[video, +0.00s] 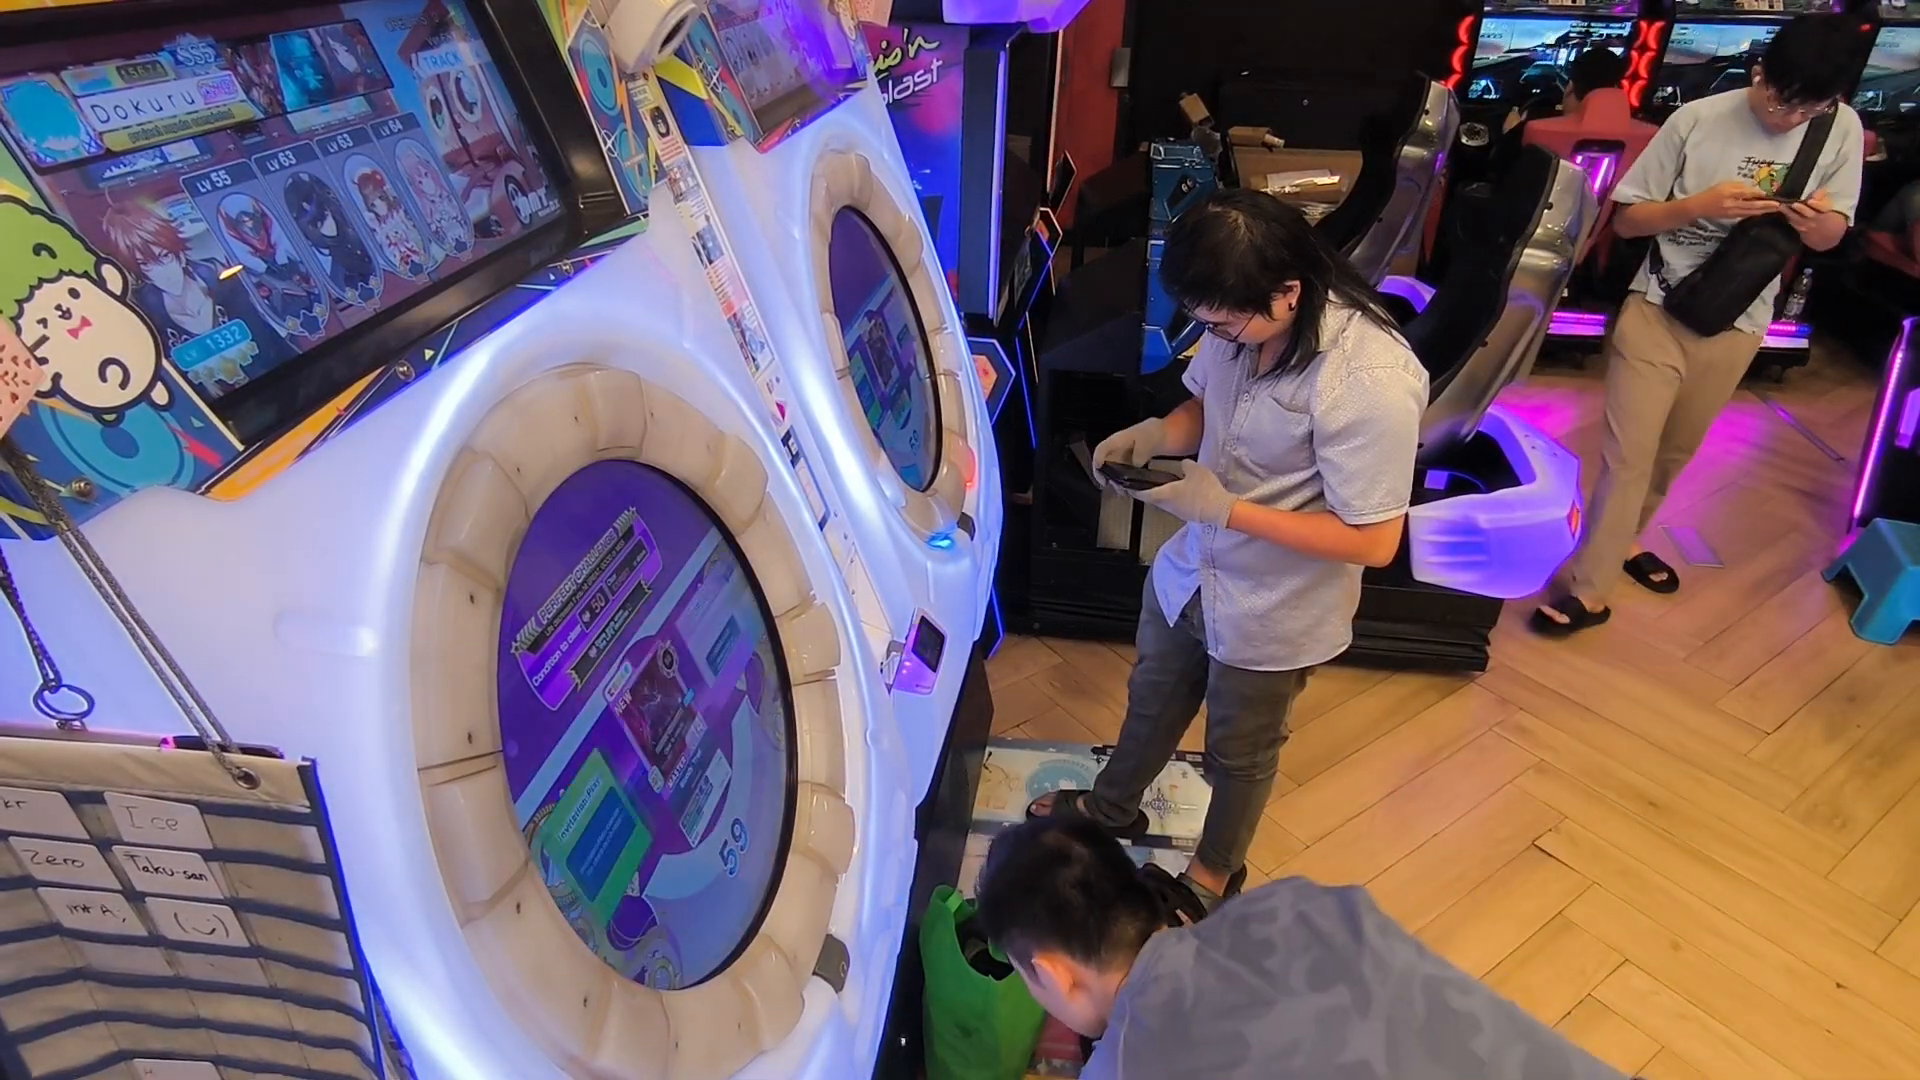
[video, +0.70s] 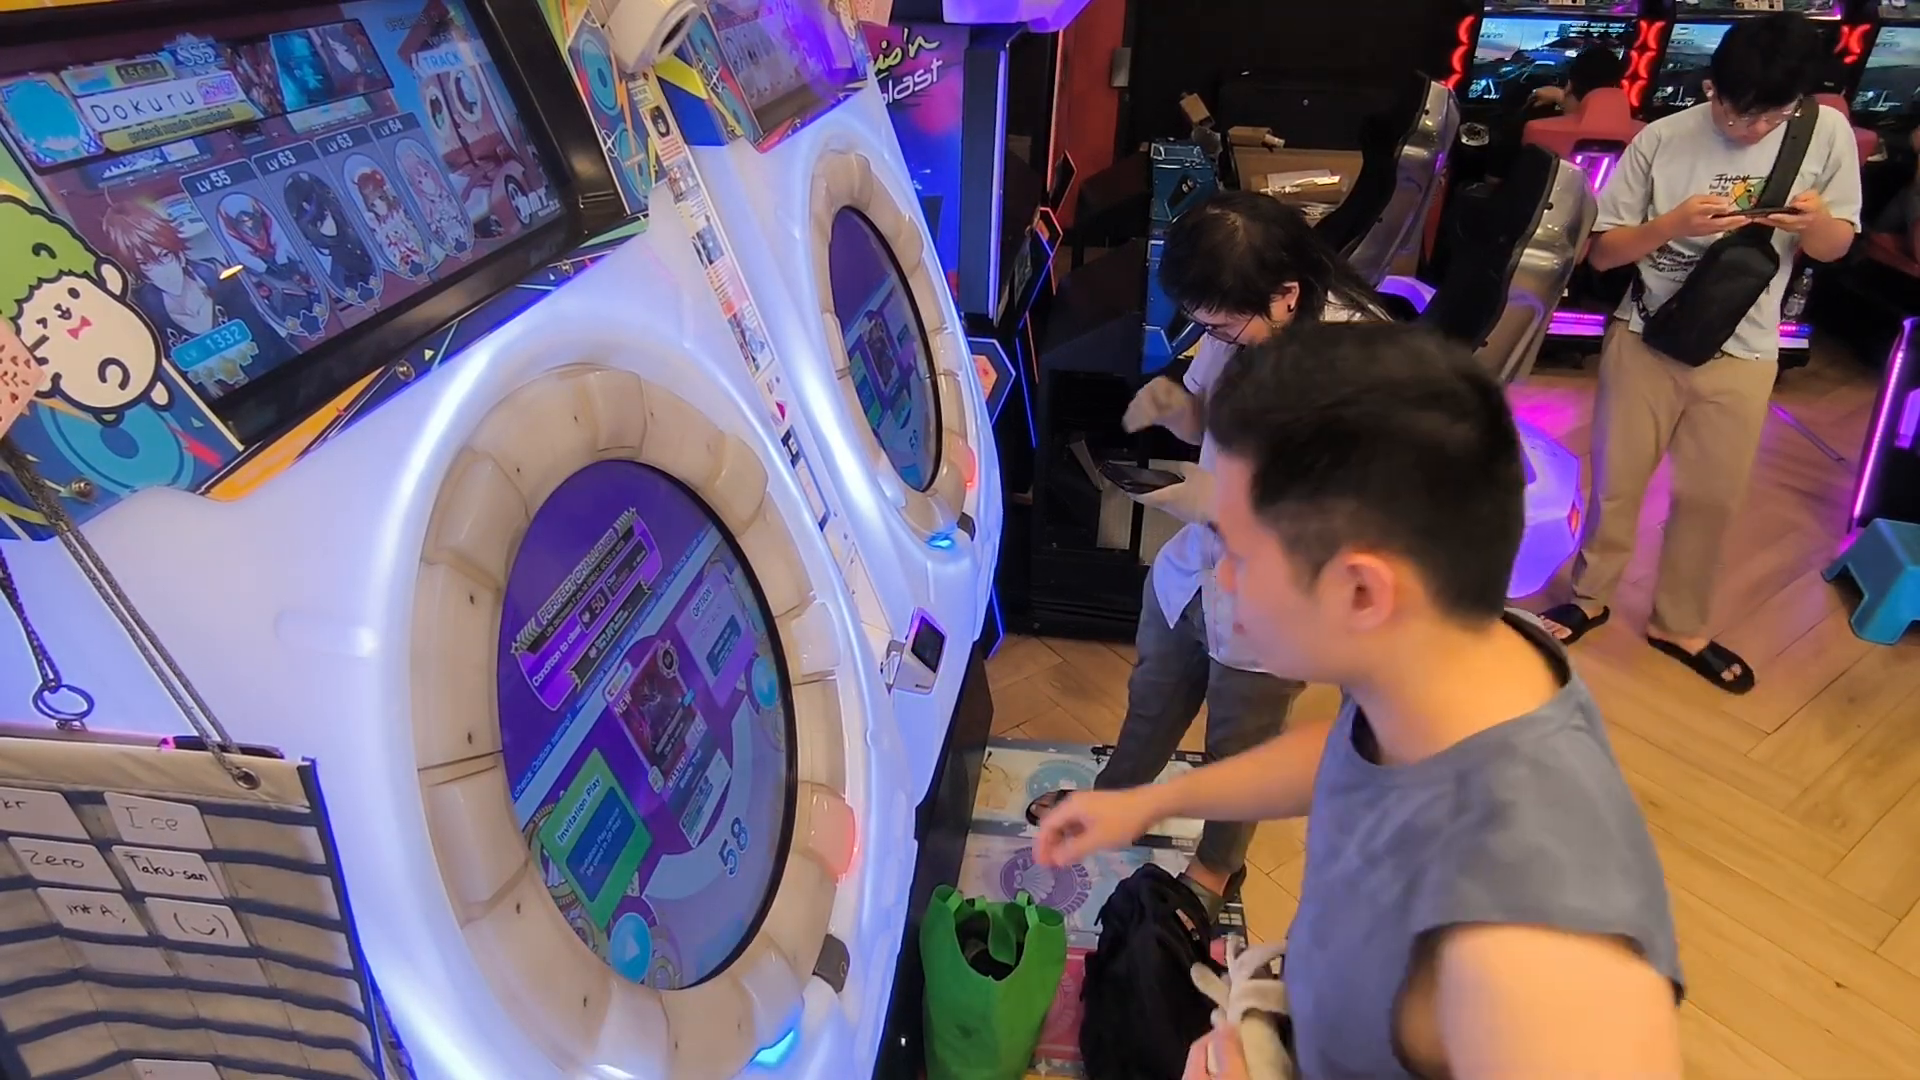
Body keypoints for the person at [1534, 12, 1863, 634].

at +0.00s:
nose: (1785, 115)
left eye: (1804, 107)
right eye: (1780, 97)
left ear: (1828, 98)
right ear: (1761, 70)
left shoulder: (1840, 132)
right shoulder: (1696, 121)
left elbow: (1832, 235)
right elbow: (1624, 219)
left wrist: (1820, 227)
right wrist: (1697, 207)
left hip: (1736, 330)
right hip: (1656, 310)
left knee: (1674, 452)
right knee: (1628, 456)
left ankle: (1624, 543)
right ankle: (1586, 592)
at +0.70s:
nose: (1750, 129)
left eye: (1768, 118)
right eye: (1739, 112)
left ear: (1794, 100)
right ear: (1717, 87)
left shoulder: (1823, 136)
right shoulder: (1660, 140)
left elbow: (1836, 248)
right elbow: (1602, 252)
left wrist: (1816, 224)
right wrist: (1671, 226)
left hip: (1742, 356)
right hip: (1646, 341)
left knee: (1711, 498)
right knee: (1615, 482)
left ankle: (1679, 625)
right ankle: (1585, 597)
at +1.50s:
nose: (1854, 151)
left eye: (1877, 139)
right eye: (1842, 129)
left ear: (1907, 125)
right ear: (1821, 104)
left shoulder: (1912, 195)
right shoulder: (1759, 159)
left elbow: (1915, 308)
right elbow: (1675, 275)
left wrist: (1891, 277)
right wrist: (1738, 262)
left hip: (1799, 420)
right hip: (1698, 382)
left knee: (1725, 558)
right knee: (1632, 518)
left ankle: (1672, 675)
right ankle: (1614, 603)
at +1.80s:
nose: (1844, 161)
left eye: (1867, 151)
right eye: (1832, 140)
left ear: (1906, 138)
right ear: (1817, 113)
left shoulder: (1916, 209)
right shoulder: (1768, 161)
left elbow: (1916, 328)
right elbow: (1677, 276)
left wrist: (1878, 295)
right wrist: (1721, 270)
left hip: (1788, 431)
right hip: (1690, 389)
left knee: (1719, 567)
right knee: (1621, 542)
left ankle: (1671, 678)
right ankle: (1582, 684)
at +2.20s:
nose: (1744, 161)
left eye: (1765, 149)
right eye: (1732, 140)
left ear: (1823, 121)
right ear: (1719, 115)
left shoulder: (1871, 192)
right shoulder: (1684, 174)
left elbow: (1873, 327)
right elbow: (1610, 296)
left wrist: (1790, 289)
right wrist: (1641, 277)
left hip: (1724, 438)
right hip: (1621, 406)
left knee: (1691, 577)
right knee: (1571, 563)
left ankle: (1668, 680)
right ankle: (1539, 701)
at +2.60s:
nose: (1660, 160)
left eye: (1676, 147)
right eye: (1650, 143)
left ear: (1731, 122)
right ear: (1641, 121)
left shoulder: (1802, 192)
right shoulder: (1629, 168)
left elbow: (1806, 331)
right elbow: (1557, 282)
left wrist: (1706, 287)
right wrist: (1569, 274)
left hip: (1658, 442)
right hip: (1569, 410)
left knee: (1600, 600)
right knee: (1541, 576)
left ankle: (1585, 737)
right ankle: (1536, 713)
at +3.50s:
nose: (1593, 172)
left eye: (1607, 158)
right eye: (1587, 156)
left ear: (1671, 133)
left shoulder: (1747, 211)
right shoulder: (1606, 177)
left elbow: (1735, 363)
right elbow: (1556, 281)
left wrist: (1618, 298)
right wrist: (1524, 268)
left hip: (1604, 456)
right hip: (1531, 413)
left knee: (1555, 613)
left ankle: (1527, 717)